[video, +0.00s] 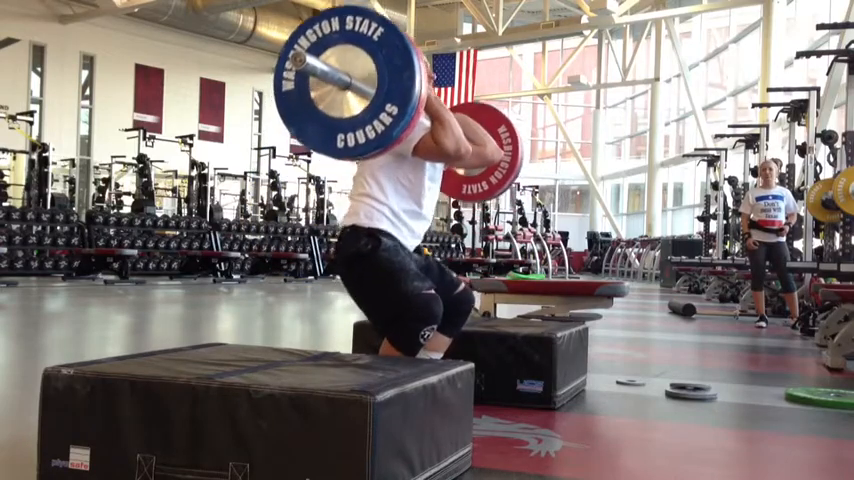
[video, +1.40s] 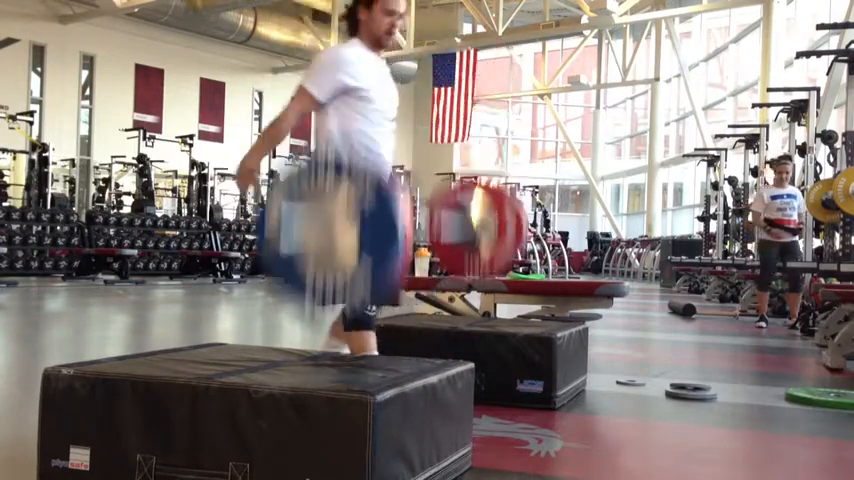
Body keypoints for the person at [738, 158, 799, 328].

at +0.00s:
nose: (767, 172)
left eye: (770, 169)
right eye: (764, 170)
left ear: (776, 172)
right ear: (760, 173)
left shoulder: (784, 192)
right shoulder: (752, 193)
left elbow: (792, 213)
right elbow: (744, 216)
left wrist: (788, 224)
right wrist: (746, 235)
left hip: (778, 239)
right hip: (757, 239)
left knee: (785, 275)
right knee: (757, 277)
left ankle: (795, 317)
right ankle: (761, 316)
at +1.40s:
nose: (783, 176)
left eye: (787, 173)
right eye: (780, 172)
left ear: (791, 174)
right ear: (773, 173)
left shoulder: (796, 193)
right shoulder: (764, 192)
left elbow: (801, 216)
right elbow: (755, 218)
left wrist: (800, 224)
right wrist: (769, 229)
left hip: (790, 240)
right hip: (769, 240)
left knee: (796, 275)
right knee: (766, 274)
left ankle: (794, 317)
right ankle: (762, 315)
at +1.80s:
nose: (801, 171)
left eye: (803, 168)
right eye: (797, 168)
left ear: (806, 170)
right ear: (788, 171)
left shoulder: (810, 191)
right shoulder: (782, 191)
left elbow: (816, 214)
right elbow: (774, 217)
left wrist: (817, 225)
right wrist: (793, 225)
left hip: (806, 239)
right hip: (787, 239)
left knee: (802, 279)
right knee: (784, 276)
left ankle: (793, 318)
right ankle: (770, 313)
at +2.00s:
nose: (805, 172)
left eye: (807, 168)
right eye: (801, 169)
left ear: (811, 170)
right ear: (795, 171)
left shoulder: (815, 190)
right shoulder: (787, 190)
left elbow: (820, 213)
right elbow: (779, 216)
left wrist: (822, 224)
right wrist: (800, 223)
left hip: (810, 239)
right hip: (792, 238)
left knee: (805, 278)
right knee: (794, 277)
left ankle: (796, 317)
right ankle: (789, 317)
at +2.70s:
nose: (810, 172)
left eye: (813, 169)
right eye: (807, 169)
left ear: (819, 171)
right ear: (802, 170)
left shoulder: (825, 190)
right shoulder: (795, 190)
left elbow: (829, 213)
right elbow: (790, 214)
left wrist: (831, 224)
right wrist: (813, 224)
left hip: (823, 238)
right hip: (803, 238)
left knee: (830, 274)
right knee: (807, 277)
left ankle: (821, 311)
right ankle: (808, 318)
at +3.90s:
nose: (820, 170)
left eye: (824, 166)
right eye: (817, 166)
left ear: (831, 168)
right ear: (813, 169)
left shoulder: (838, 187)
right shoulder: (805, 186)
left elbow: (845, 207)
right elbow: (787, 206)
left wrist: (845, 220)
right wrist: (805, 216)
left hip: (834, 238)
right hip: (812, 238)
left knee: (834, 278)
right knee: (810, 278)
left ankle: (832, 317)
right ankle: (809, 318)